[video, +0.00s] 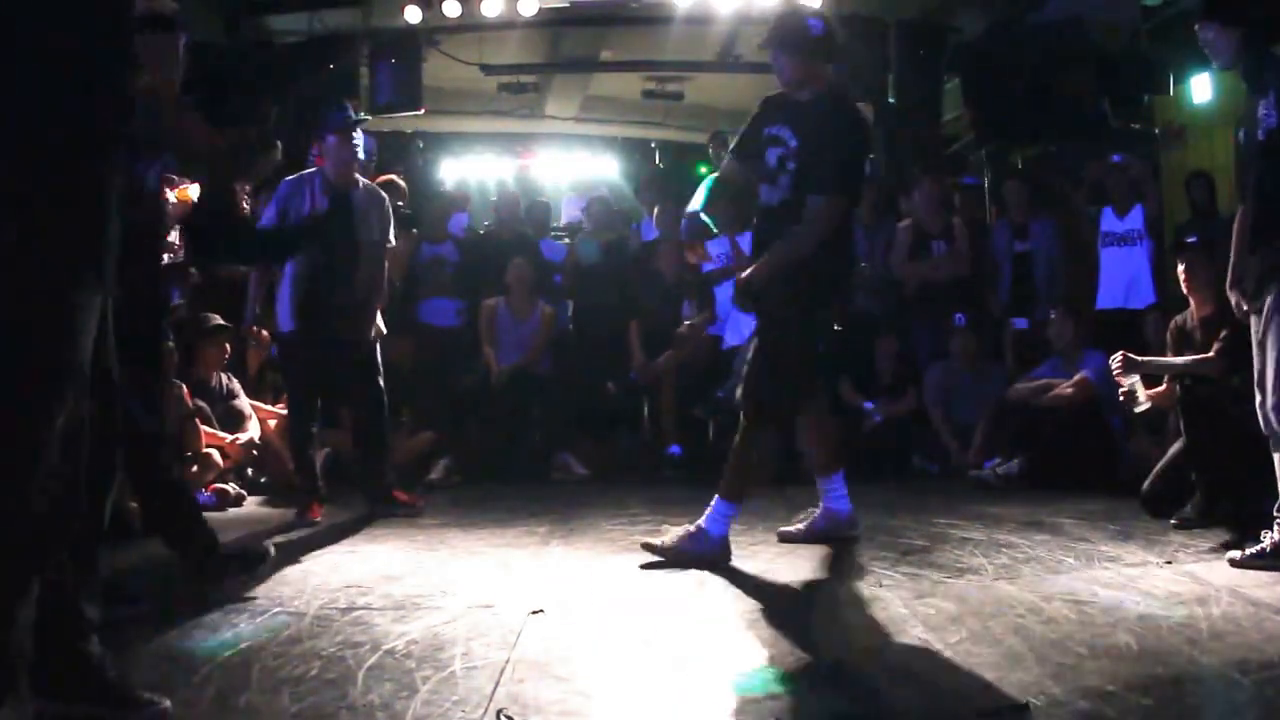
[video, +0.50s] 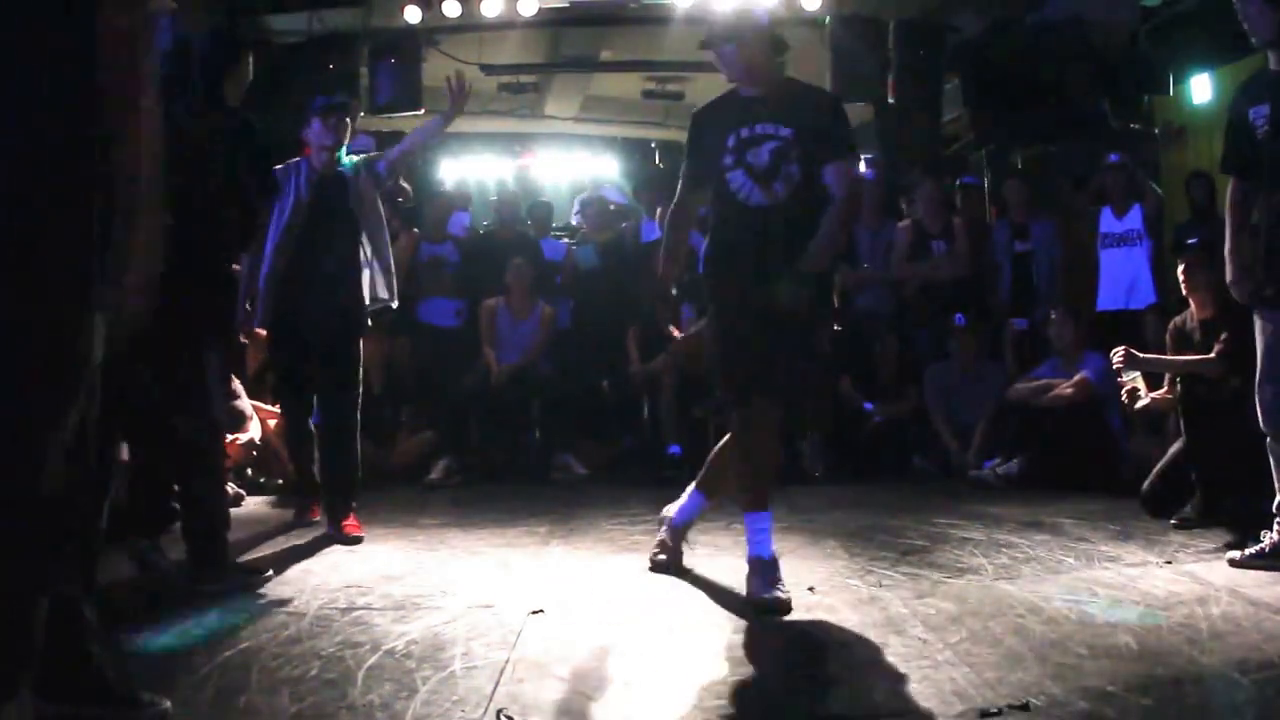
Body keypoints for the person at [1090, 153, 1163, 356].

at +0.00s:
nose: (1118, 181)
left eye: (1123, 175)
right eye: (1113, 176)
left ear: (1133, 180)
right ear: (1106, 182)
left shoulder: (1146, 214)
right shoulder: (1098, 215)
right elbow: (1079, 208)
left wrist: (1141, 175)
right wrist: (1091, 180)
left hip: (1142, 303)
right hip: (1108, 303)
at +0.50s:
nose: (1115, 180)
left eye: (1120, 174)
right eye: (1109, 174)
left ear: (1129, 178)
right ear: (1103, 179)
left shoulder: (1143, 211)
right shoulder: (1098, 214)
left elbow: (1156, 199)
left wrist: (1135, 175)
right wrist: (1100, 178)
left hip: (1141, 297)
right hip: (1108, 298)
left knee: (1150, 354)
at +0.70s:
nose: (1114, 182)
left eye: (1119, 175)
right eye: (1109, 176)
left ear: (1128, 179)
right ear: (1103, 181)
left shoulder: (1144, 211)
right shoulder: (1098, 214)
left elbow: (1156, 201)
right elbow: (1092, 255)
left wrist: (1133, 172)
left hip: (1140, 301)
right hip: (1108, 302)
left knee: (1148, 360)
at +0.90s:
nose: (1113, 182)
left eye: (1118, 175)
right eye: (1108, 175)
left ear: (1128, 179)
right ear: (1103, 180)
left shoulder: (1143, 211)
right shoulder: (1098, 213)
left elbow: (1156, 204)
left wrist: (1134, 174)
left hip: (1139, 301)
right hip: (1107, 301)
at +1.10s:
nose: (1112, 181)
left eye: (1117, 175)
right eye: (1108, 175)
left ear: (1128, 179)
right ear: (1103, 180)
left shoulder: (1142, 210)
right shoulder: (1099, 213)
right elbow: (1095, 253)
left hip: (1138, 299)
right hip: (1106, 299)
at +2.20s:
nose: (1111, 182)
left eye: (1116, 176)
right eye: (1106, 176)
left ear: (1126, 179)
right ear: (1101, 180)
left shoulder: (1144, 214)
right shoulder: (1094, 218)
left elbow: (1152, 260)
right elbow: (1091, 260)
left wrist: (1140, 300)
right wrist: (1095, 297)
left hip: (1137, 303)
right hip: (1106, 303)